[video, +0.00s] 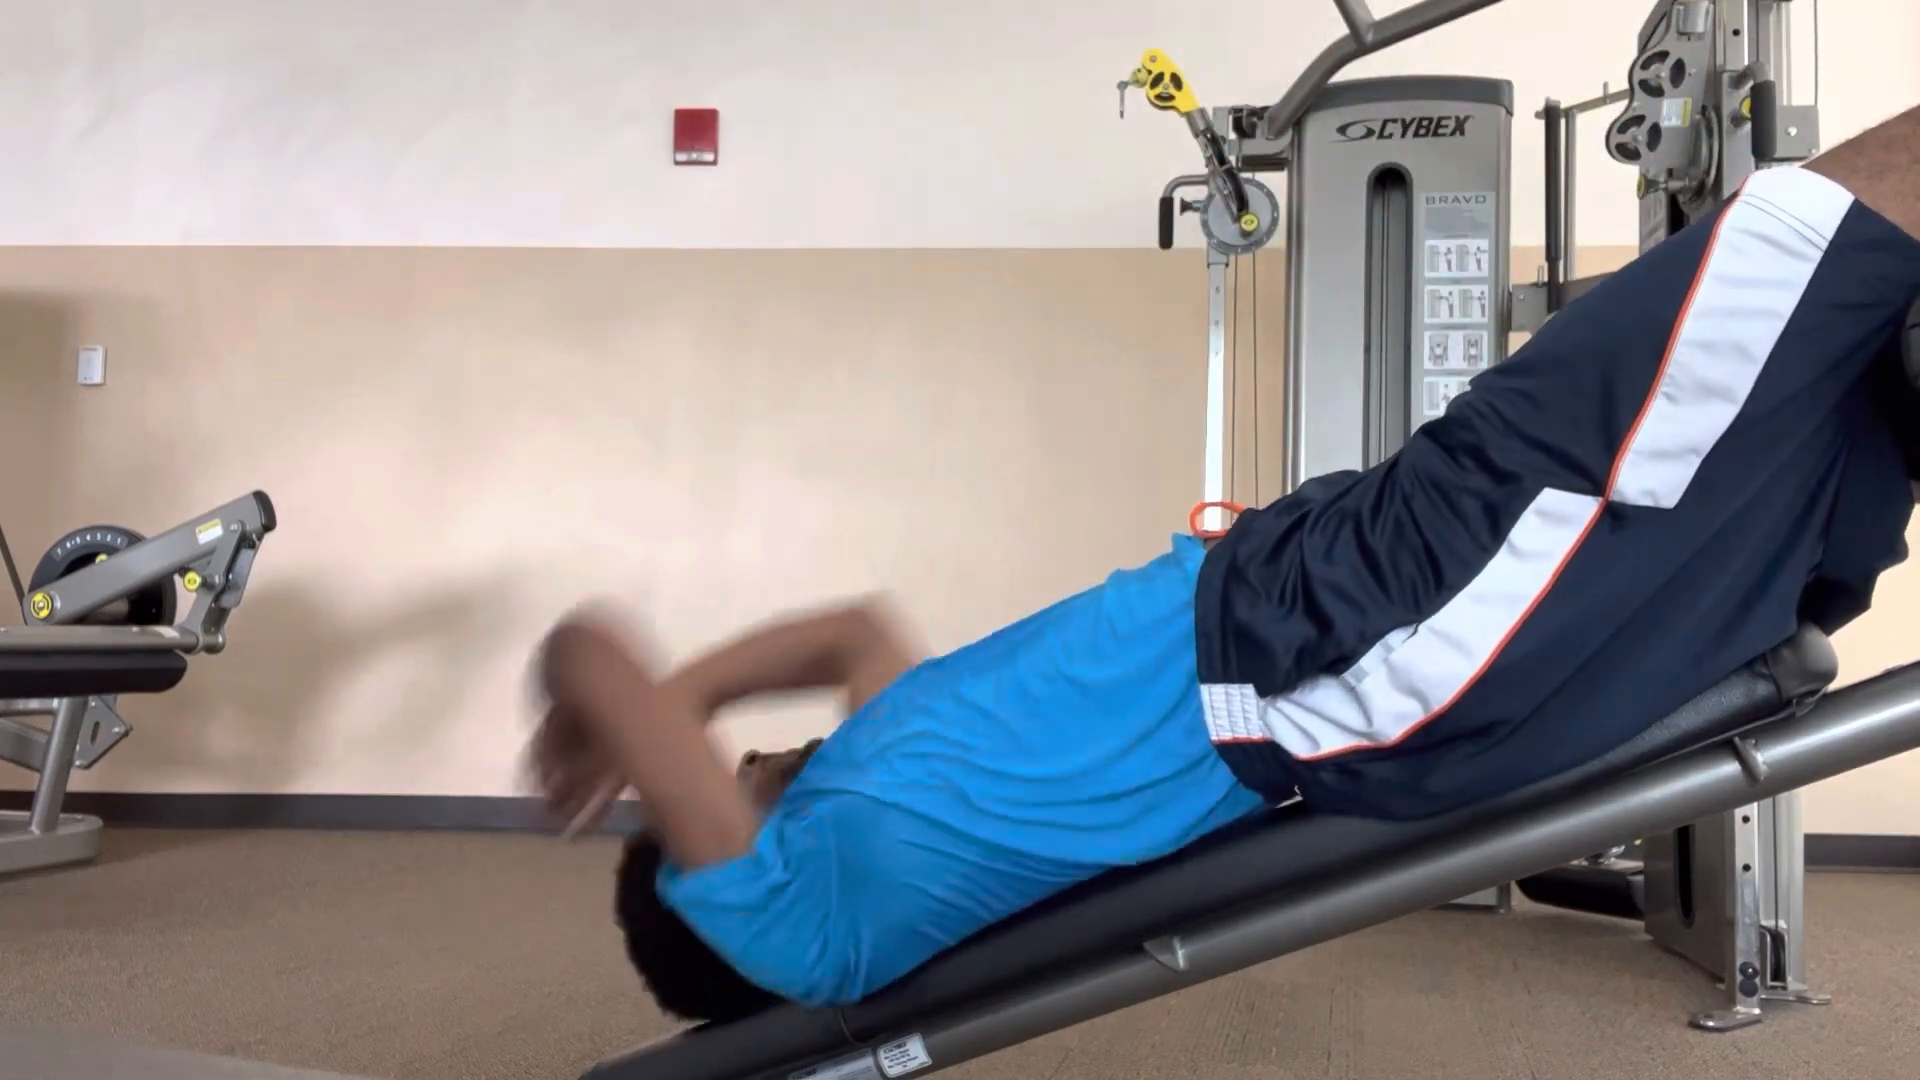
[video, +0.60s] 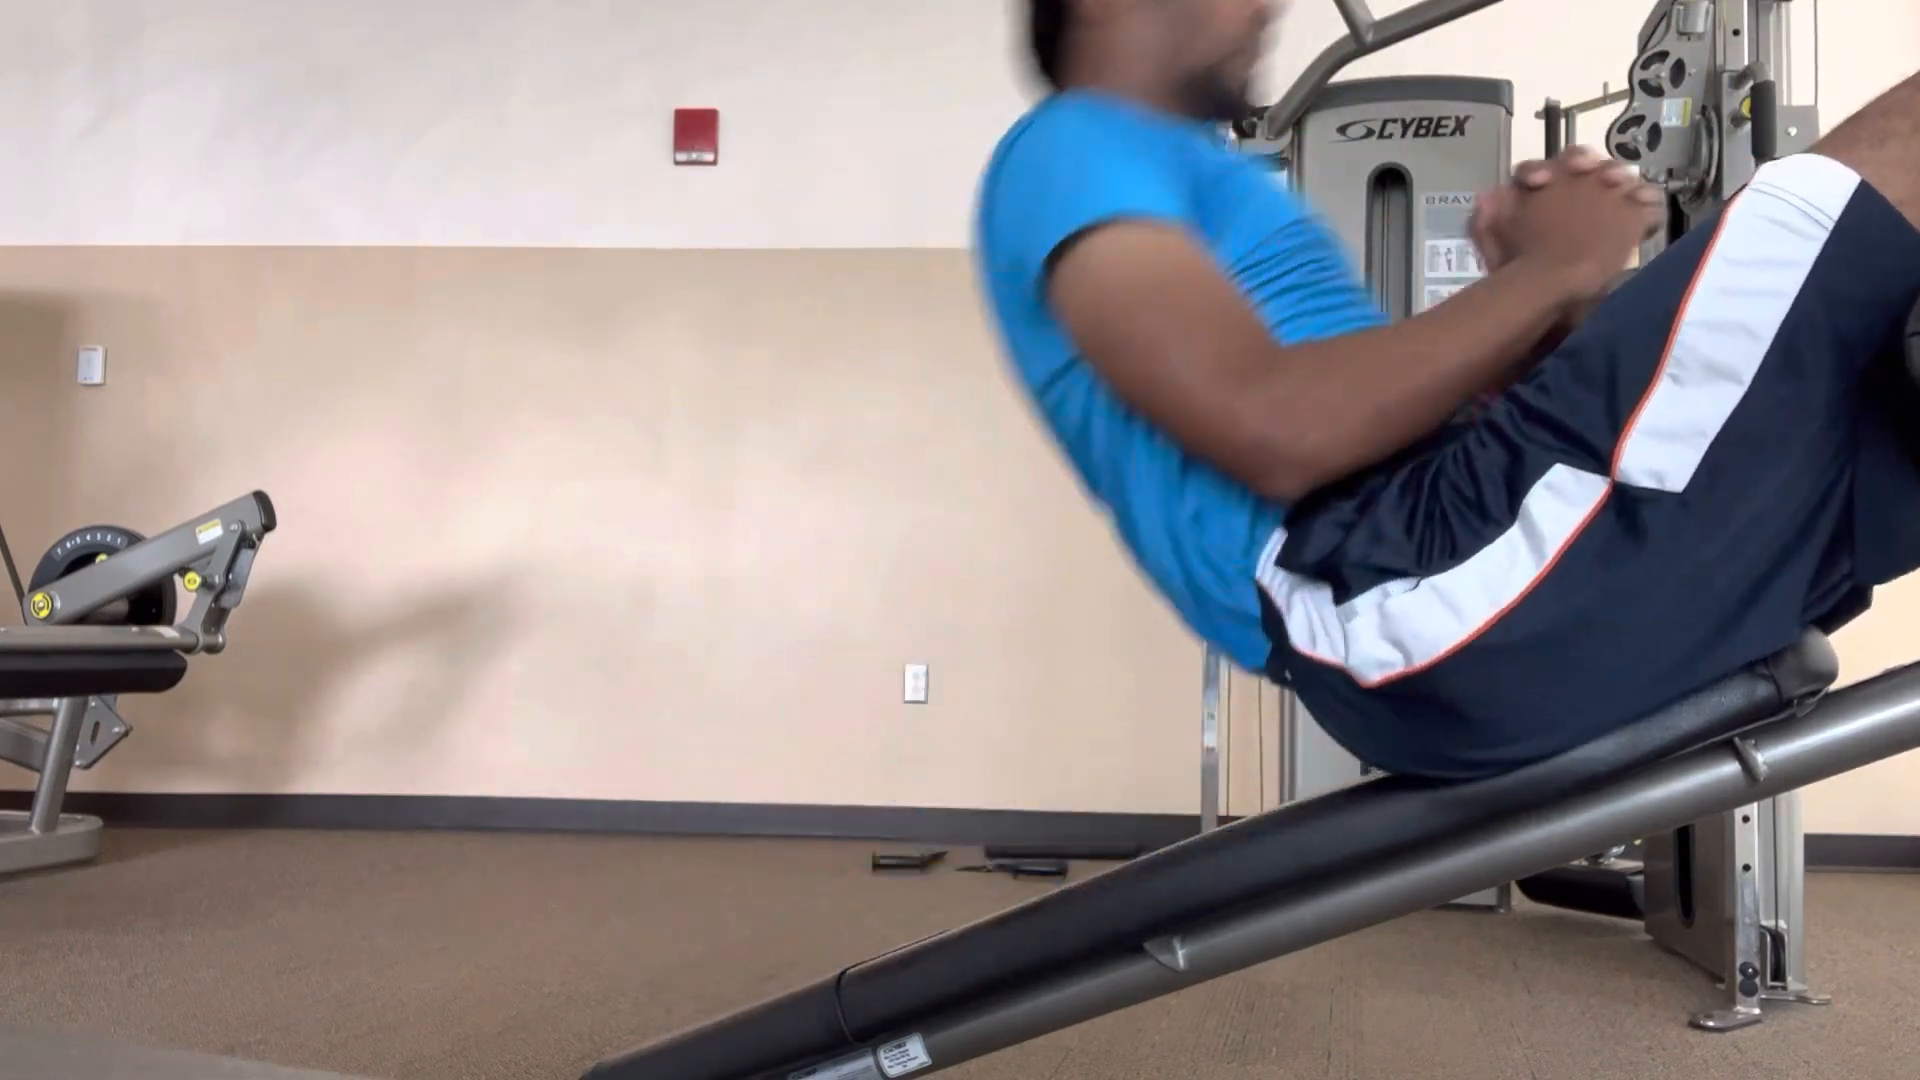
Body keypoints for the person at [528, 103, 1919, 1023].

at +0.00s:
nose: (743, 764)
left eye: (734, 768)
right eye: (719, 792)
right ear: (708, 882)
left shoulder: (863, 835)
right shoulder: (778, 899)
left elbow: (859, 628)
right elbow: (583, 635)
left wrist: (649, 719)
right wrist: (588, 750)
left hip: (1351, 587)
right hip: (1339, 658)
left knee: (1877, 174)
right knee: (1857, 181)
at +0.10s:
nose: (738, 706)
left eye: (714, 713)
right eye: (708, 738)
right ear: (716, 808)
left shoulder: (919, 791)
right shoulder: (793, 835)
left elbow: (1141, 558)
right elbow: (894, 544)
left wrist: (929, 488)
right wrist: (854, 496)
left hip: (1339, 592)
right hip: (1322, 661)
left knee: (1880, 177)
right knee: (1863, 183)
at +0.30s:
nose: (862, 431)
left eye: (837, 413)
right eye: (814, 438)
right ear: (761, 533)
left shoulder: (982, 564)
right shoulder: (837, 630)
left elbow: (1321, 555)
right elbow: (1121, 569)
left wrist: (1358, 366)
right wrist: (1315, 328)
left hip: (1391, 619)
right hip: (1342, 657)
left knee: (1874, 419)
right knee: (1863, 174)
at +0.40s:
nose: (936, 286)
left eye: (921, 263)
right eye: (881, 284)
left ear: (934, 292)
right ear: (806, 363)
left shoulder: (1034, 438)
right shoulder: (858, 484)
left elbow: (1331, 535)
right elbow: (1161, 536)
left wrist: (1420, 368)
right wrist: (1393, 326)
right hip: (1372, 630)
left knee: (1898, 447)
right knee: (1884, 154)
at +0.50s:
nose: (1082, 138)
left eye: (1066, 109)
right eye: (1040, 115)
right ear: (930, 161)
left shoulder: (1110, 316)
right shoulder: (940, 310)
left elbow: (1338, 472)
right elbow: (1216, 478)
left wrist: (1489, 330)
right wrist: (1472, 304)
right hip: (1385, 614)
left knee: (1900, 443)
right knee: (1893, 139)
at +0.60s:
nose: (1264, 8)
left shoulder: (1223, 181)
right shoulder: (1069, 146)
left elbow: (1333, 429)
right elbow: (1271, 428)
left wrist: (1523, 282)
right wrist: (1547, 276)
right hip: (1404, 600)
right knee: (1898, 127)